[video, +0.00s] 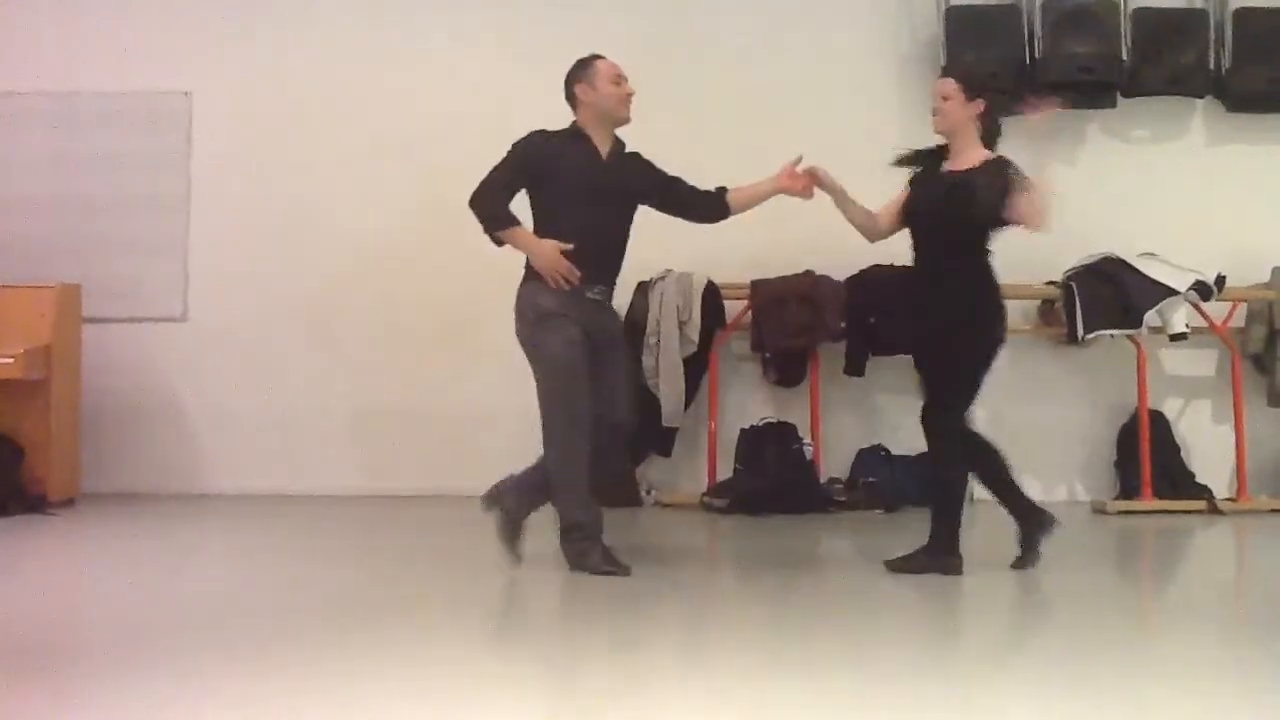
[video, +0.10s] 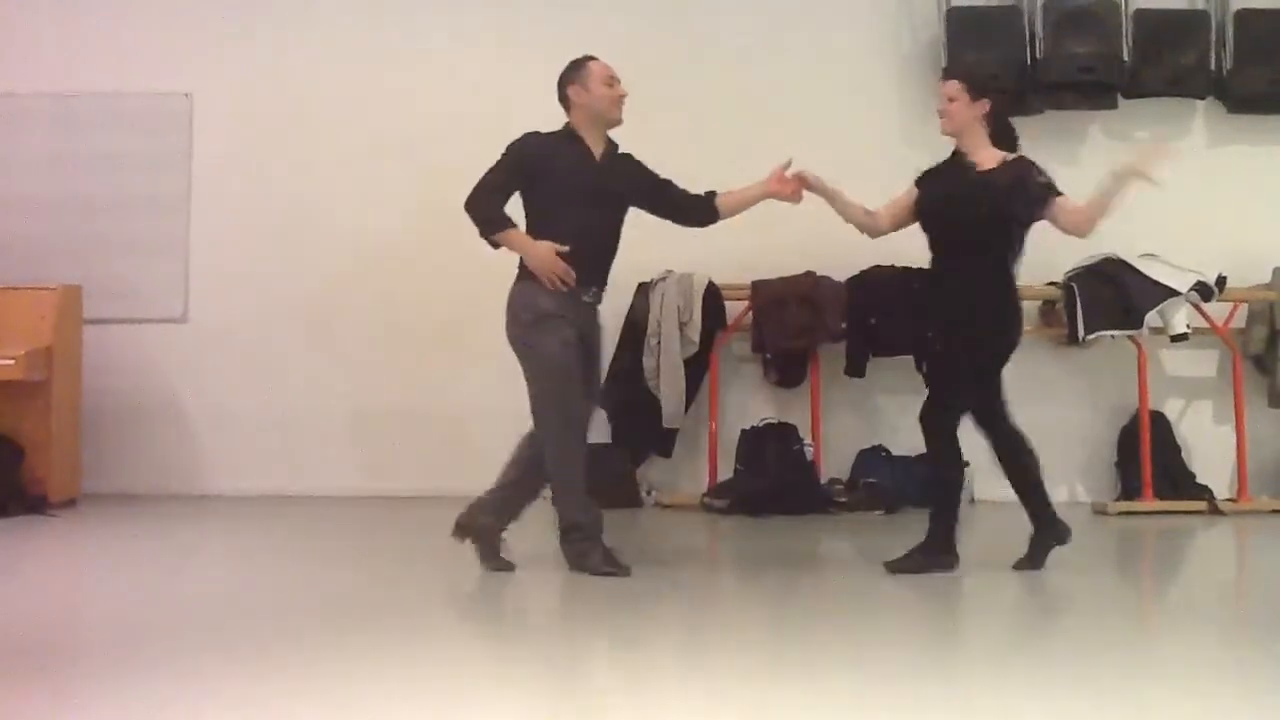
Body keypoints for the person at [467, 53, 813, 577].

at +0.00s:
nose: (630, 89)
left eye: (627, 81)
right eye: (616, 81)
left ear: (606, 96)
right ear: (581, 93)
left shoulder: (630, 168)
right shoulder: (543, 148)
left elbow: (704, 206)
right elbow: (486, 201)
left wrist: (775, 184)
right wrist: (532, 246)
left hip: (600, 310)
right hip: (549, 300)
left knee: (618, 424)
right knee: (570, 413)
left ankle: (515, 495)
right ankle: (582, 541)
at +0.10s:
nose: (622, 91)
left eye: (620, 83)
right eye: (609, 83)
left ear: (594, 97)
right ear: (575, 95)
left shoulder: (621, 169)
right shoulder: (538, 150)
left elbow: (694, 210)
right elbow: (480, 204)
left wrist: (765, 188)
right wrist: (527, 247)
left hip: (584, 311)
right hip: (540, 304)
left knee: (565, 421)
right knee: (564, 417)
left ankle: (486, 516)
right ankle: (581, 541)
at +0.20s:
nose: (618, 92)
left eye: (615, 83)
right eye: (604, 84)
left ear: (588, 97)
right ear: (569, 95)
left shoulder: (615, 169)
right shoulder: (534, 149)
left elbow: (683, 212)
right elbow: (477, 202)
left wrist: (753, 192)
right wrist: (526, 246)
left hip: (577, 309)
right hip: (537, 302)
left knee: (548, 418)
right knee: (565, 415)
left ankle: (475, 520)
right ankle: (581, 540)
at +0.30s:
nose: (616, 94)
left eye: (614, 86)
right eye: (603, 86)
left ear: (601, 99)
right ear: (568, 97)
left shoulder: (613, 170)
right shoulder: (534, 150)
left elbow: (675, 219)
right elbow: (479, 201)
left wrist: (743, 198)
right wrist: (531, 246)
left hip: (574, 309)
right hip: (541, 303)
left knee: (536, 419)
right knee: (574, 413)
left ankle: (472, 522)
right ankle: (581, 539)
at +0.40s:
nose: (617, 94)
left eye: (615, 86)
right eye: (604, 87)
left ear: (598, 100)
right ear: (570, 100)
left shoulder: (616, 171)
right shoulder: (545, 152)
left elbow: (665, 228)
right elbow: (496, 200)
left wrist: (724, 203)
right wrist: (556, 226)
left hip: (588, 311)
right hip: (558, 307)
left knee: (551, 424)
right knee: (588, 416)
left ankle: (479, 519)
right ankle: (586, 540)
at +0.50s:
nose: (620, 95)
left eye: (619, 86)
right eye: (607, 88)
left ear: (609, 101)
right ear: (575, 102)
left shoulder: (618, 170)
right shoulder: (559, 151)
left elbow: (656, 232)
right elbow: (524, 196)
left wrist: (703, 206)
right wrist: (590, 204)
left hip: (603, 310)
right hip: (571, 305)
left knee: (600, 420)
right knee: (600, 419)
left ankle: (510, 505)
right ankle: (587, 540)